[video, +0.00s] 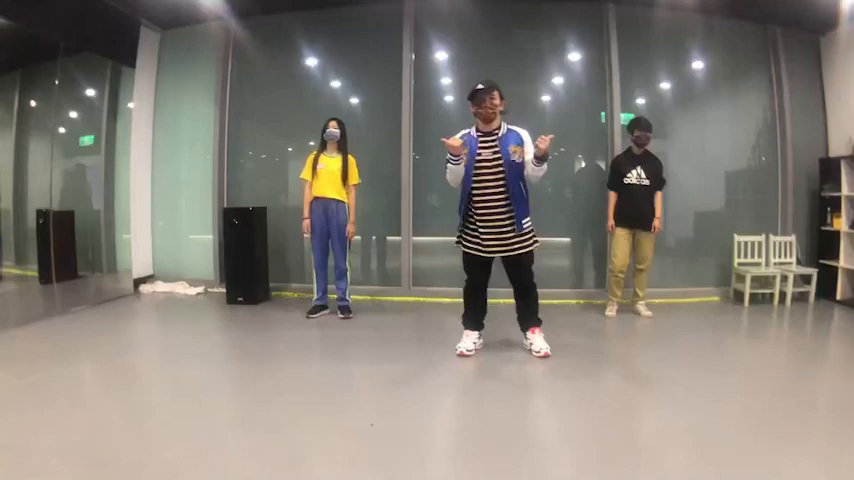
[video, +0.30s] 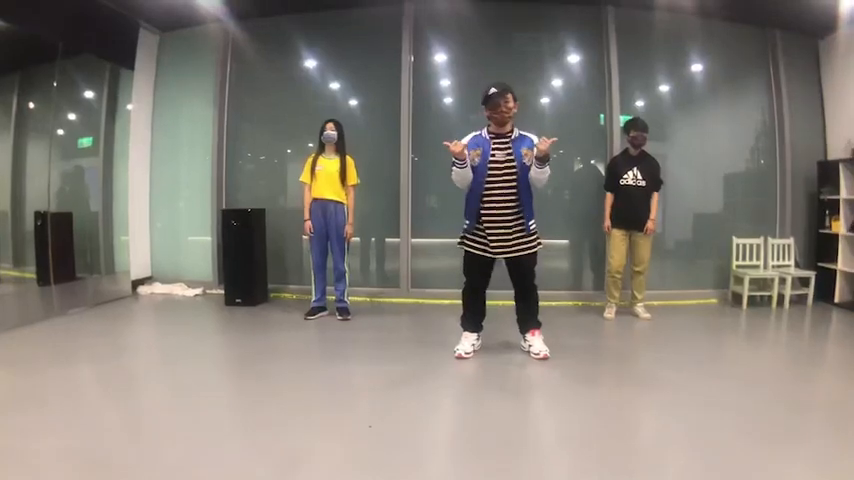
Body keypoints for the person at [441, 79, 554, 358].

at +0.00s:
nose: (488, 105)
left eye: (492, 99)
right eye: (481, 101)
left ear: (502, 104)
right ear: (473, 107)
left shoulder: (518, 135)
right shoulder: (463, 140)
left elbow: (533, 177)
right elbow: (454, 181)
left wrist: (540, 157)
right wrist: (456, 156)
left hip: (513, 224)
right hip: (476, 226)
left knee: (523, 280)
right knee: (475, 281)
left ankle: (532, 331)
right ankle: (471, 332)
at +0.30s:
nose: (504, 108)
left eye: (508, 102)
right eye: (497, 104)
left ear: (515, 106)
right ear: (486, 109)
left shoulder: (528, 141)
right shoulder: (473, 142)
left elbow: (539, 183)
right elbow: (462, 183)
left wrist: (541, 159)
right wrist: (460, 159)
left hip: (519, 226)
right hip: (481, 227)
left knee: (525, 282)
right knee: (474, 283)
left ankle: (531, 333)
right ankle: (470, 333)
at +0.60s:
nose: (518, 112)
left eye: (523, 106)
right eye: (512, 107)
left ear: (530, 107)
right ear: (501, 109)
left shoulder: (540, 144)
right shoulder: (485, 139)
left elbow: (548, 184)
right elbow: (472, 181)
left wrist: (552, 163)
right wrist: (476, 162)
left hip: (527, 227)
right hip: (490, 225)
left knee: (529, 282)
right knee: (480, 281)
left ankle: (531, 332)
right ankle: (472, 332)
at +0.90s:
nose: (501, 111)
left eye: (506, 105)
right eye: (494, 106)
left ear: (515, 107)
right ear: (485, 109)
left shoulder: (528, 142)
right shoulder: (474, 141)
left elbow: (536, 181)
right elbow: (460, 178)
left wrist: (537, 220)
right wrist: (470, 156)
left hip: (518, 226)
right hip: (480, 226)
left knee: (524, 281)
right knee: (473, 281)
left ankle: (530, 332)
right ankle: (470, 332)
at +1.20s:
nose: (490, 107)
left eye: (494, 101)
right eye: (483, 103)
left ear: (504, 105)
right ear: (475, 108)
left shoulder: (519, 137)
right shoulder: (463, 141)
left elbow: (537, 172)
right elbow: (453, 175)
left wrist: (530, 211)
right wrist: (461, 160)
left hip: (511, 223)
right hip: (474, 225)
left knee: (520, 279)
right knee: (474, 281)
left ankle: (528, 330)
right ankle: (472, 331)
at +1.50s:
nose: (512, 103)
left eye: (515, 98)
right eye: (505, 99)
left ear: (521, 104)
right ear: (492, 106)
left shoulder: (532, 141)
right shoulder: (475, 141)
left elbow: (548, 177)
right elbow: (463, 181)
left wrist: (531, 158)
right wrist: (458, 221)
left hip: (522, 226)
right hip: (484, 226)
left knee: (527, 281)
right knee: (477, 282)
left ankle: (531, 333)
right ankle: (472, 333)